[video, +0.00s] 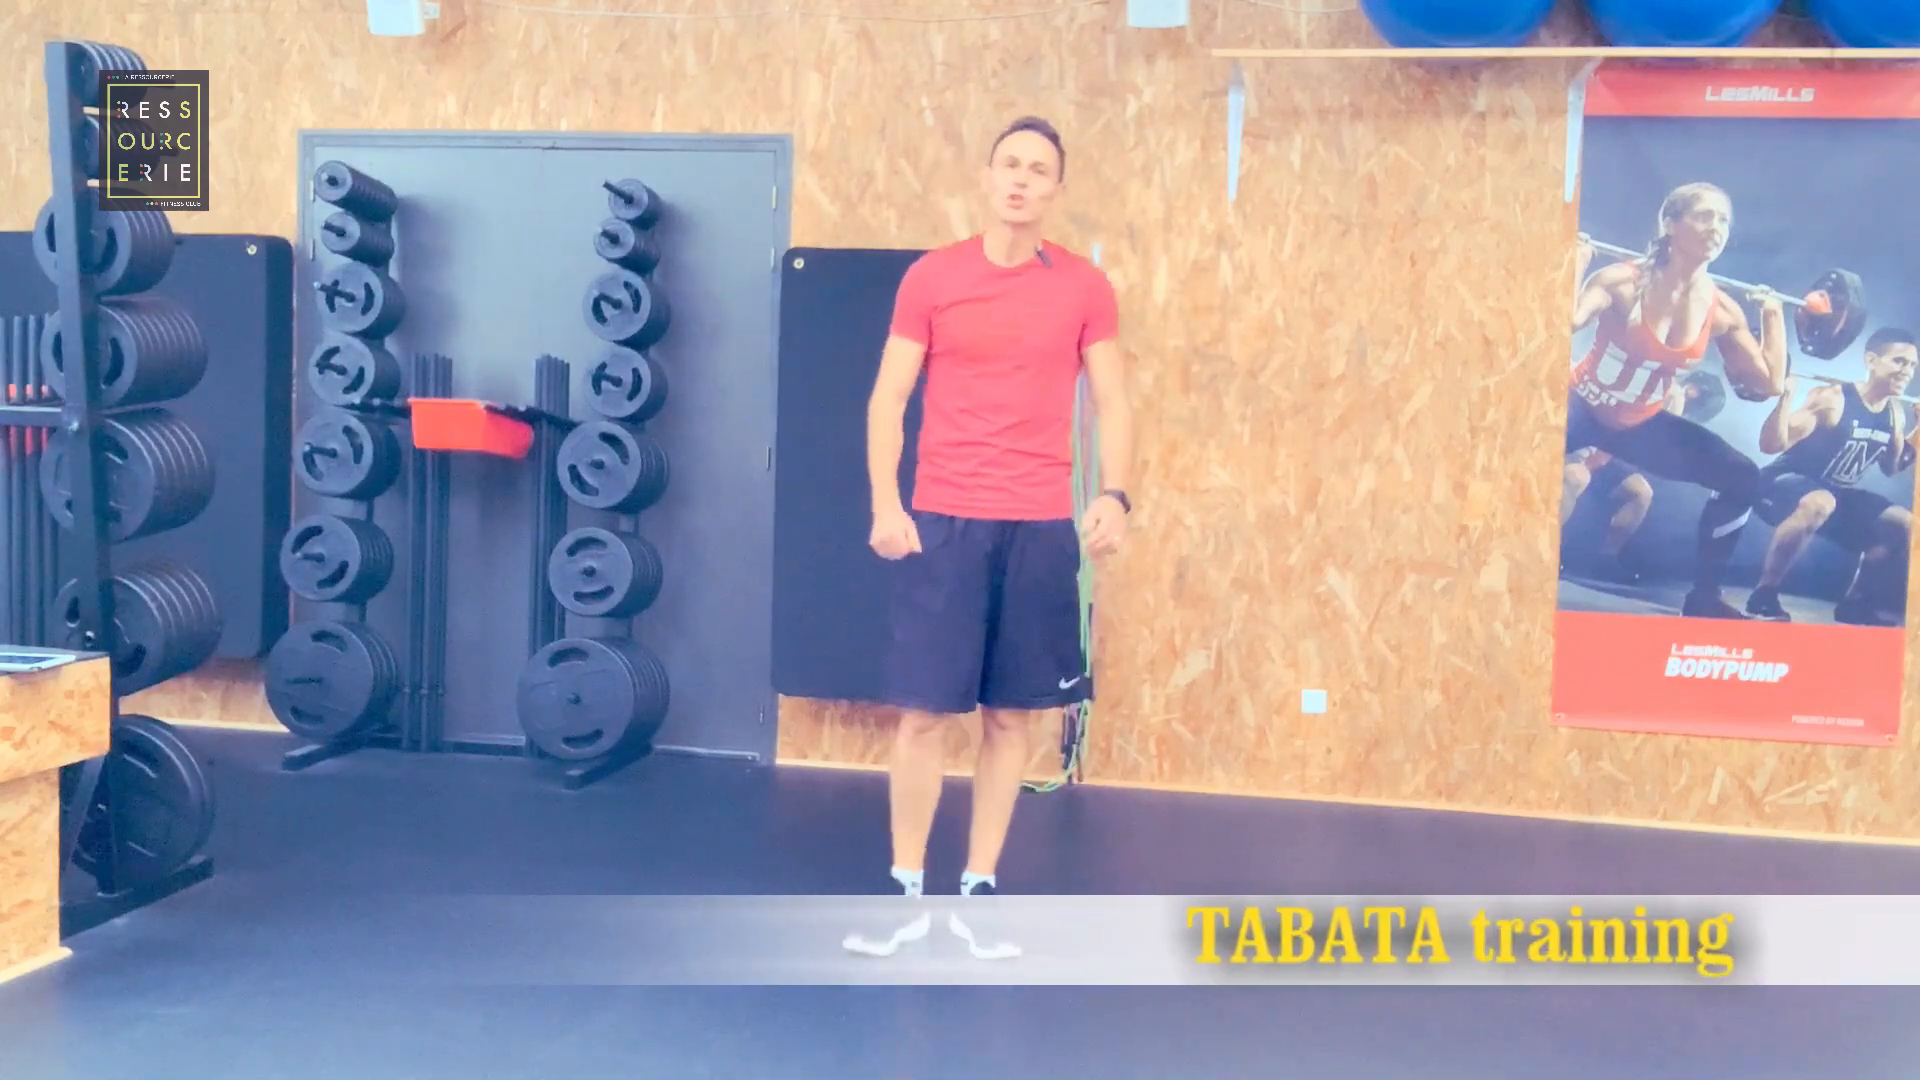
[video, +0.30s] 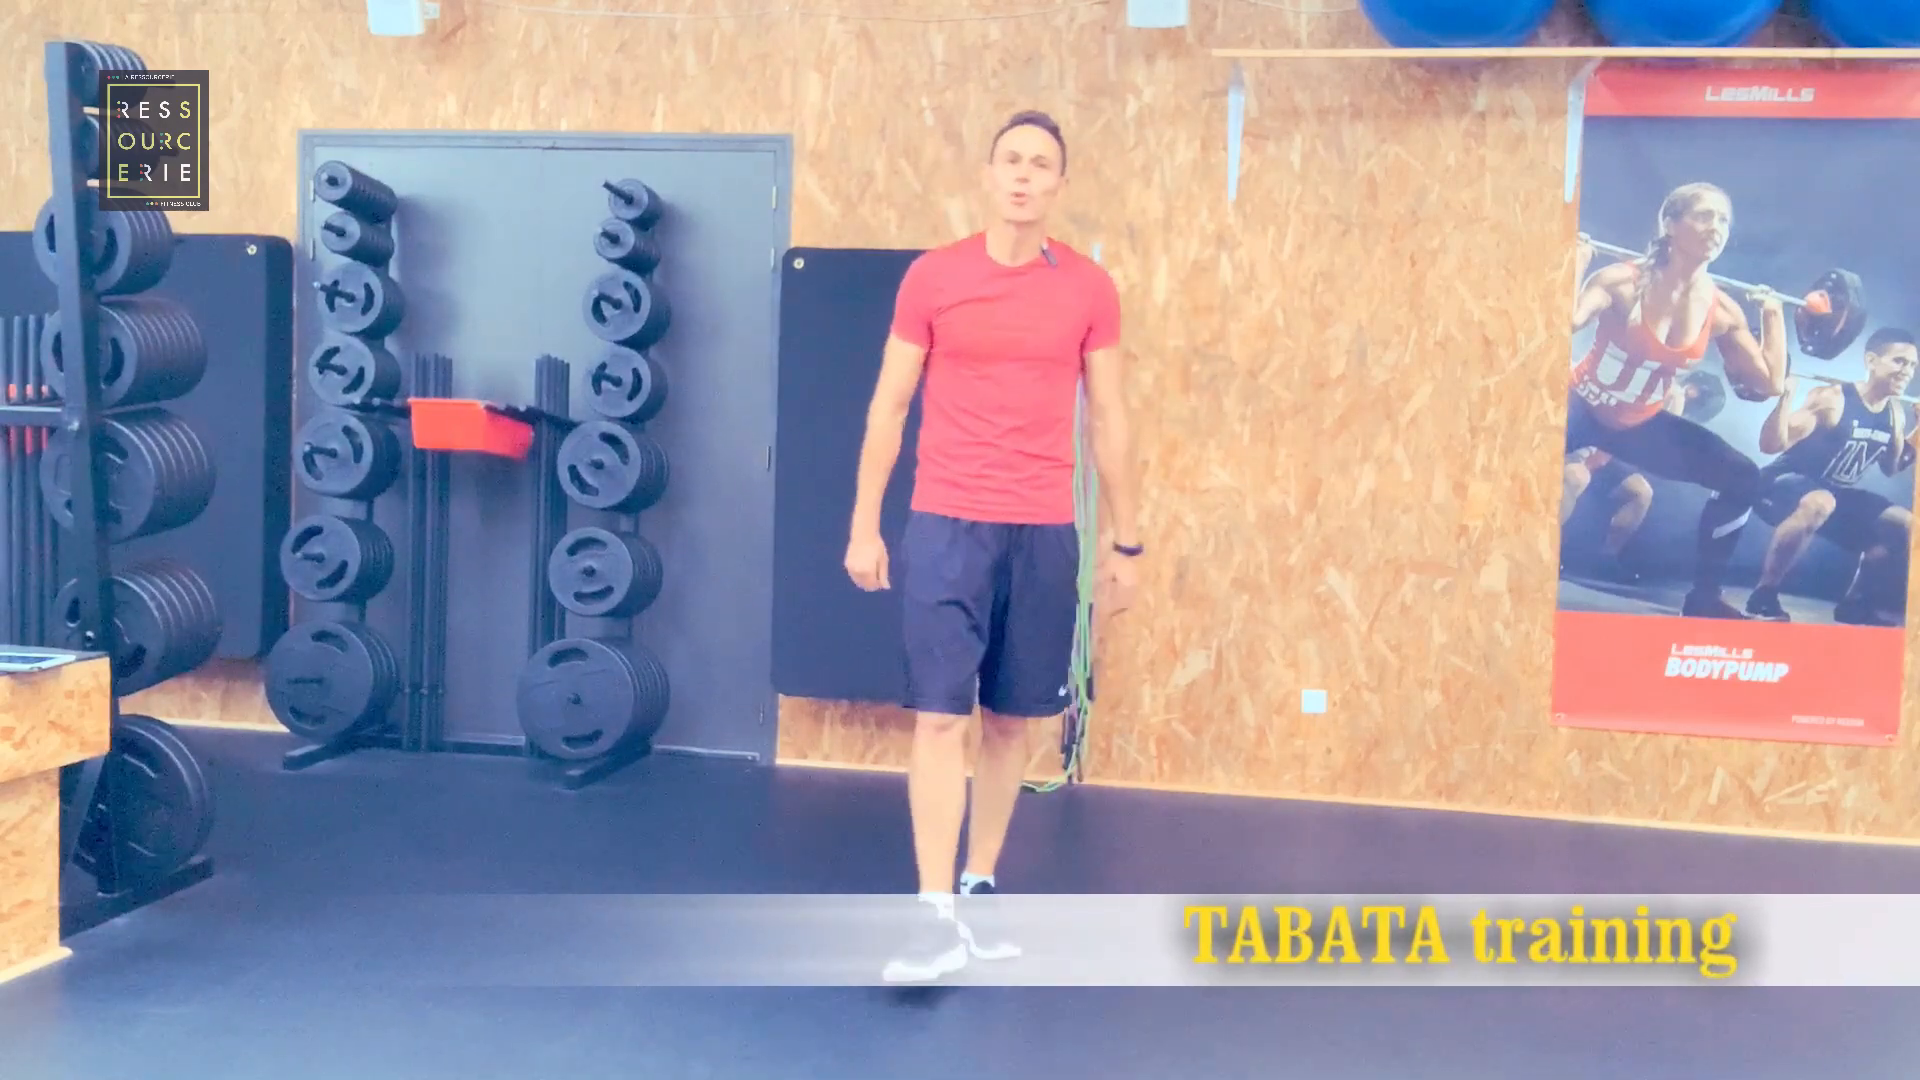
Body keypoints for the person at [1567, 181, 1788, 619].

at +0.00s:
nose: (1716, 228)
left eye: (1724, 221)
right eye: (1704, 216)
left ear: (1728, 234)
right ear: (1670, 224)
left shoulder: (1722, 310)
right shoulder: (1620, 279)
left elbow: (1768, 386)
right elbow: (1559, 324)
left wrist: (1773, 312)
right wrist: (1573, 269)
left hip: (1644, 425)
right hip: (1579, 408)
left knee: (1741, 477)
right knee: (1515, 447)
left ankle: (1705, 597)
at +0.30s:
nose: (1716, 228)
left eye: (1724, 221)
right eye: (1704, 216)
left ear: (1728, 234)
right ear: (1670, 224)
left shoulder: (1721, 310)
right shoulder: (1620, 280)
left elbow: (1770, 385)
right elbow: (1558, 325)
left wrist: (1773, 311)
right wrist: (1573, 268)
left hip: (1644, 425)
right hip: (1579, 408)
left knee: (1742, 477)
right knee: (1513, 450)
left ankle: (1705, 598)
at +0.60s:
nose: (1716, 228)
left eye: (1724, 221)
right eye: (1704, 216)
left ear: (1728, 234)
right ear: (1670, 224)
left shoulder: (1722, 310)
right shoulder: (1620, 279)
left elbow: (1769, 386)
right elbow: (1559, 325)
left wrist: (1773, 312)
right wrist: (1573, 269)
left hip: (1644, 425)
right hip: (1579, 409)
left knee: (1742, 477)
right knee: (1515, 447)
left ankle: (1705, 597)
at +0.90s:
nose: (1716, 228)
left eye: (1724, 221)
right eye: (1704, 216)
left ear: (1728, 234)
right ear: (1670, 224)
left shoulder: (1722, 310)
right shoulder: (1620, 279)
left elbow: (1768, 386)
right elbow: (1559, 325)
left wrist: (1773, 312)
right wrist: (1573, 269)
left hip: (1644, 425)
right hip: (1579, 408)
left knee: (1742, 477)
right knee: (1516, 445)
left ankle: (1705, 597)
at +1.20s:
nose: (1716, 228)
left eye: (1724, 221)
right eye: (1704, 216)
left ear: (1728, 234)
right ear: (1671, 224)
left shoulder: (1722, 310)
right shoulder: (1620, 280)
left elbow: (1769, 385)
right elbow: (1559, 325)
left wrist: (1773, 311)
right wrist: (1573, 269)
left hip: (1644, 425)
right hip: (1579, 409)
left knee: (1741, 477)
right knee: (1517, 447)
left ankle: (1705, 597)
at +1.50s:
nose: (1716, 228)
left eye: (1724, 221)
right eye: (1704, 216)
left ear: (1728, 234)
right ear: (1671, 224)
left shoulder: (1722, 310)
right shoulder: (1620, 280)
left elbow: (1769, 385)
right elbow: (1559, 325)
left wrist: (1773, 311)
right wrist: (1573, 270)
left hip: (1644, 425)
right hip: (1579, 409)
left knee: (1742, 477)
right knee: (1517, 446)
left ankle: (1705, 597)